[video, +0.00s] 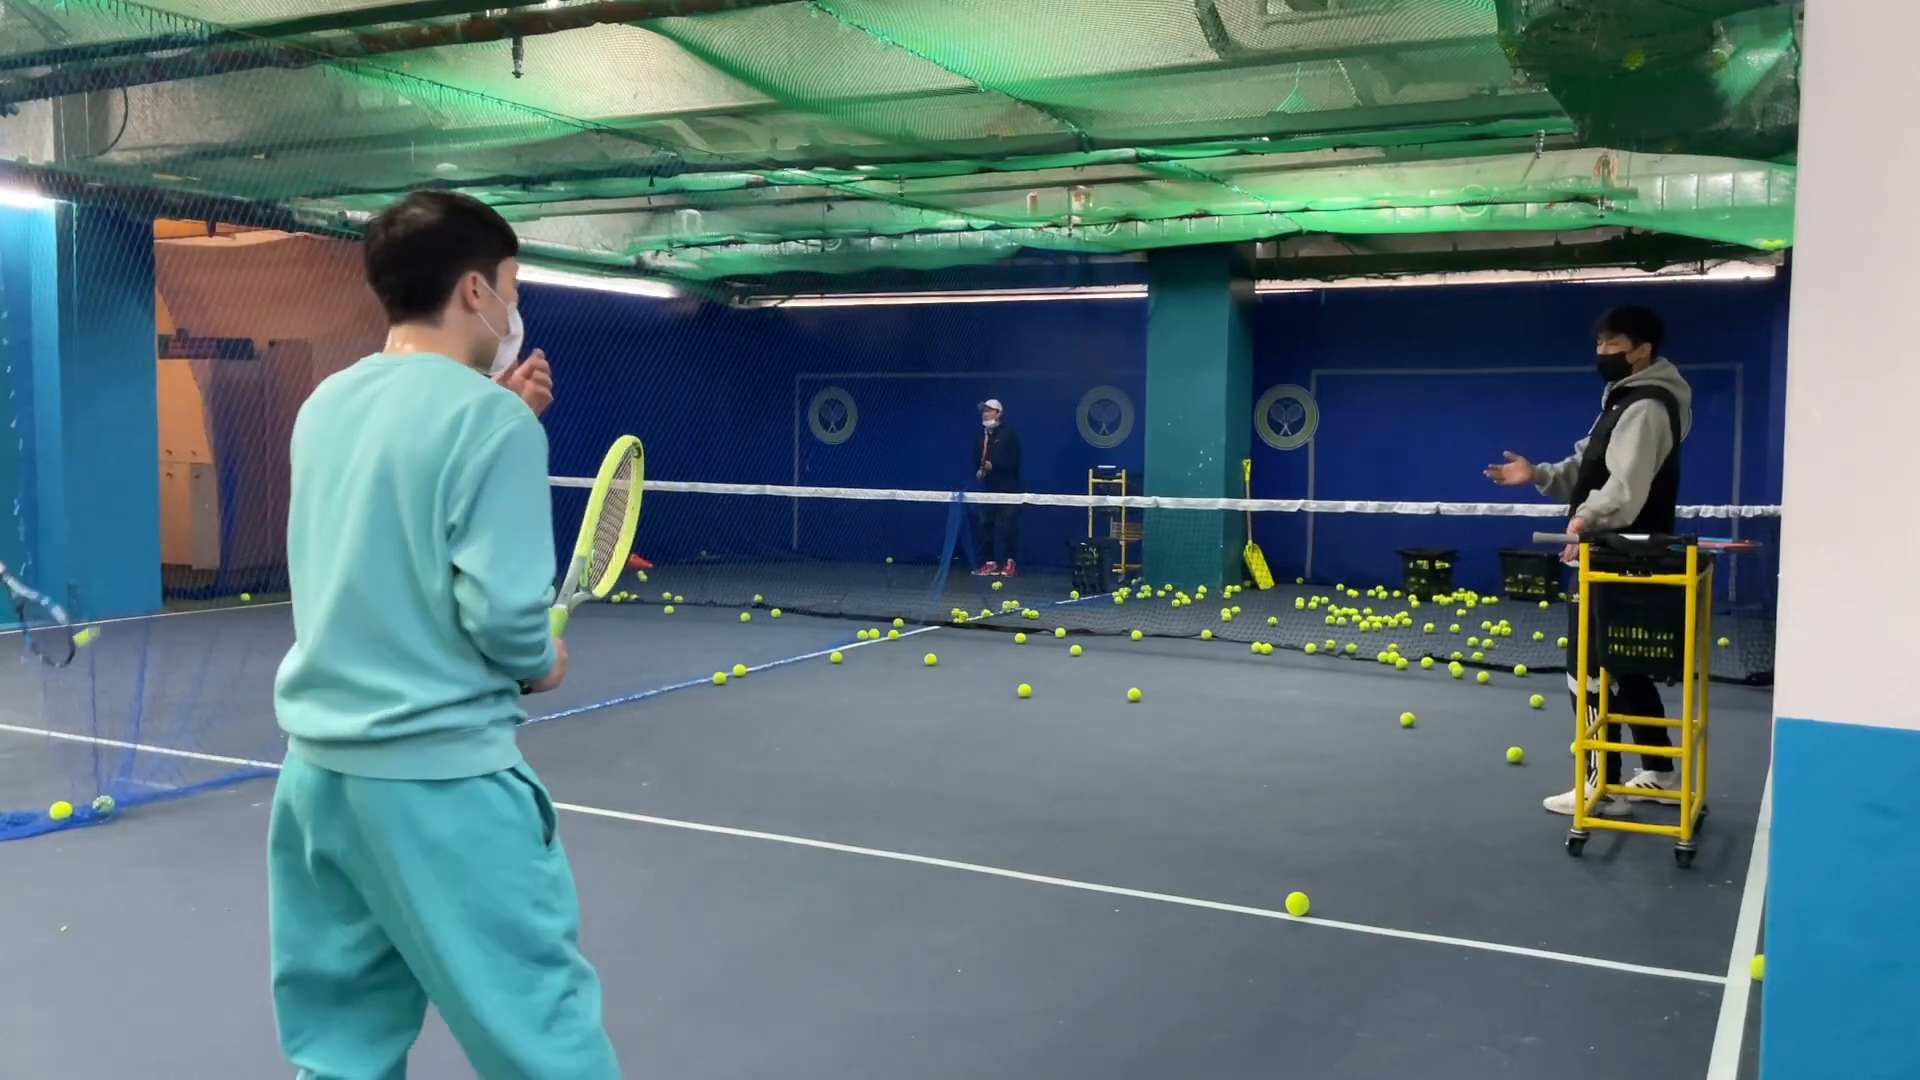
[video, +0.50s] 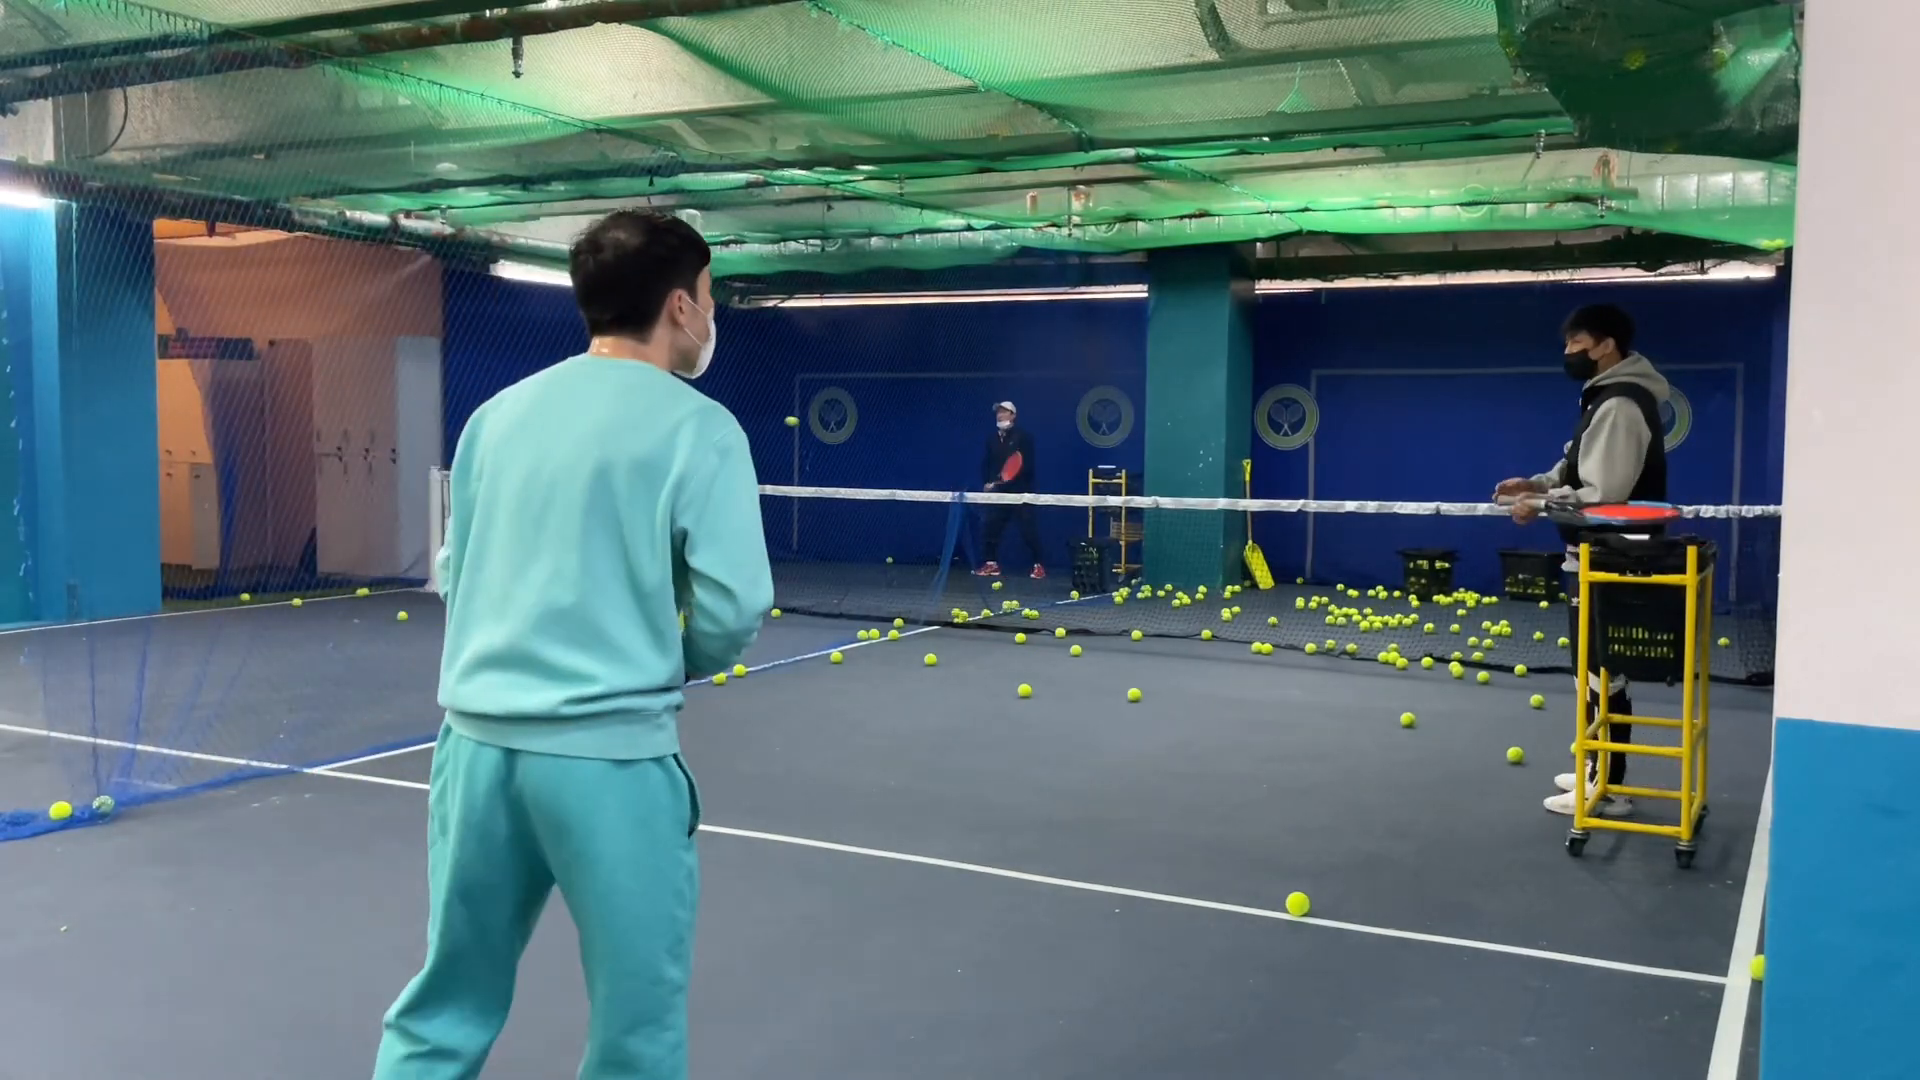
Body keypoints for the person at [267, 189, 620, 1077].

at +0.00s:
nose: (517, 313)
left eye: (518, 291)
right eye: (513, 289)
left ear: (397, 293)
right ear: (474, 289)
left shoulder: (324, 408)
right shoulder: (491, 418)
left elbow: (390, 523)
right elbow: (505, 608)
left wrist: (493, 415)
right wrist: (542, 661)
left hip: (320, 776)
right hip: (446, 785)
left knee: (341, 1036)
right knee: (545, 1030)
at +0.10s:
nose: (566, 322)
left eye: (563, 297)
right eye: (559, 296)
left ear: (441, 302)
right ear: (521, 300)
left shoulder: (360, 420)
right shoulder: (544, 427)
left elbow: (357, 578)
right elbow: (567, 619)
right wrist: (575, 673)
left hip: (361, 788)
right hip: (497, 795)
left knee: (359, 1048)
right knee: (573, 1048)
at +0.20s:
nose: (618, 314)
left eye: (615, 292)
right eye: (611, 291)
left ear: (498, 305)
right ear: (577, 299)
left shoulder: (400, 427)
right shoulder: (598, 430)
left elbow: (382, 588)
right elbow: (630, 623)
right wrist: (580, 673)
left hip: (404, 788)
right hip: (541, 792)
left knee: (388, 1044)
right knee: (599, 1047)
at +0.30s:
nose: (663, 311)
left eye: (661, 291)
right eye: (656, 290)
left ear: (549, 302)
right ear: (622, 301)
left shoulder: (441, 420)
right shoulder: (643, 426)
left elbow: (401, 581)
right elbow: (679, 611)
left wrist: (484, 635)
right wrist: (622, 667)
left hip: (442, 760)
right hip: (575, 768)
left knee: (423, 1005)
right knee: (614, 1024)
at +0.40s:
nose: (694, 312)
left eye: (694, 293)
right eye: (689, 293)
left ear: (579, 305)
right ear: (657, 304)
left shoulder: (472, 417)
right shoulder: (677, 426)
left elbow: (428, 581)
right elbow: (709, 610)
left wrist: (517, 631)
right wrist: (650, 659)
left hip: (462, 760)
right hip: (599, 769)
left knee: (438, 989)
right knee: (630, 1027)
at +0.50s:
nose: (711, 314)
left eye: (712, 295)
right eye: (708, 295)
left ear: (597, 306)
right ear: (678, 305)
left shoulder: (494, 417)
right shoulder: (698, 426)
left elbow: (454, 579)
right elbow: (730, 605)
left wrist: (535, 636)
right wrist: (666, 655)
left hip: (474, 754)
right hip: (612, 764)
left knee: (445, 1006)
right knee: (639, 1029)